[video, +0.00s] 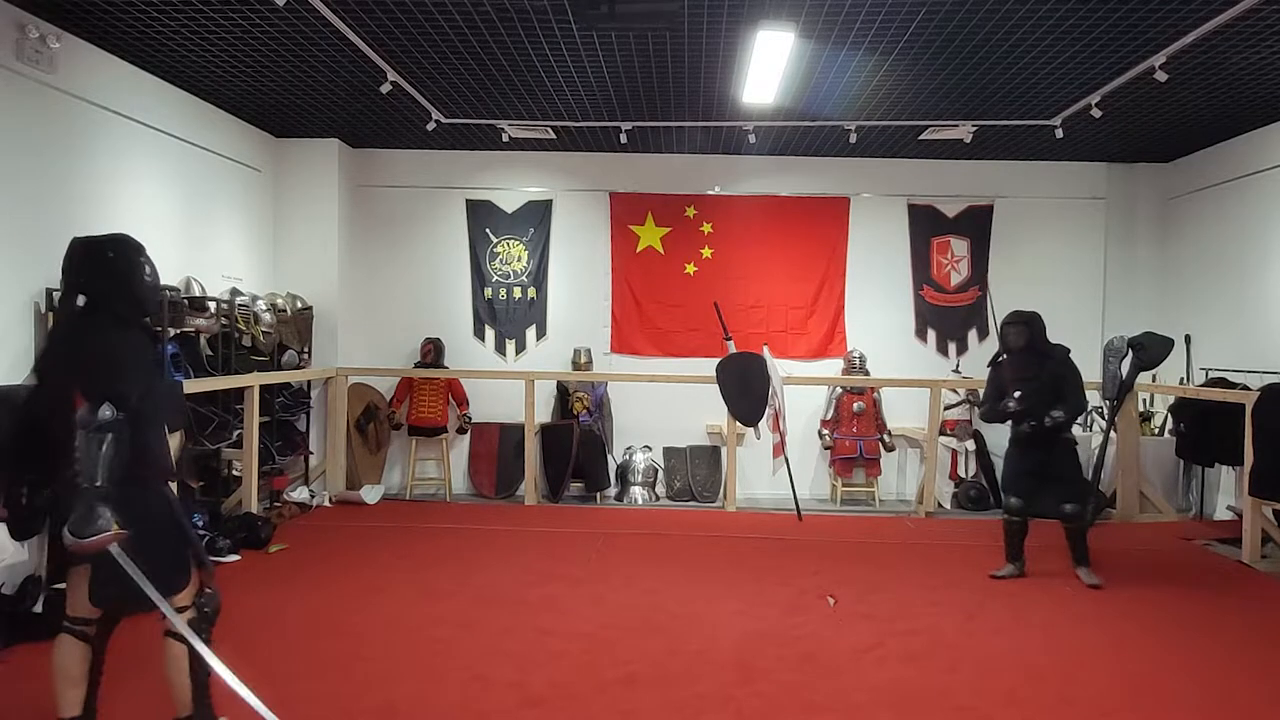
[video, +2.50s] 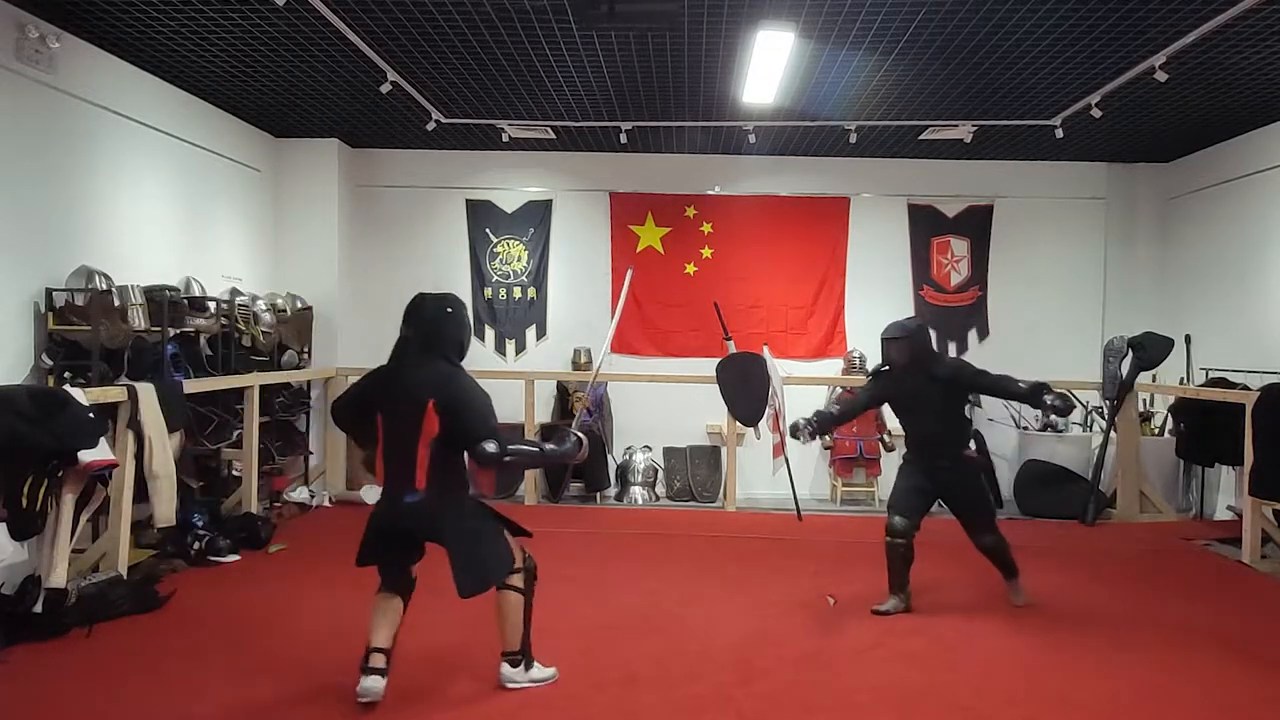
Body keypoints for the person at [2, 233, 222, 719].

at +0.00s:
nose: (151, 284)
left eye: (147, 273)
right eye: (143, 274)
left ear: (86, 282)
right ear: (128, 281)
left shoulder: (64, 338)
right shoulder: (134, 342)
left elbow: (42, 421)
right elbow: (152, 426)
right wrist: (166, 484)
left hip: (80, 492)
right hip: (135, 493)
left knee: (79, 618)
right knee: (183, 606)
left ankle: (72, 714)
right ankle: (194, 713)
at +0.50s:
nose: (198, 291)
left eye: (196, 280)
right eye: (191, 281)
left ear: (131, 287)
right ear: (166, 288)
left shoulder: (109, 339)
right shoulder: (167, 346)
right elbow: (210, 418)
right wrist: (255, 373)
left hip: (121, 497)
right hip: (174, 499)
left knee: (125, 610)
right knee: (222, 599)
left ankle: (84, 712)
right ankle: (223, 713)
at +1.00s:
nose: (209, 294)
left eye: (207, 283)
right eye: (202, 283)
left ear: (145, 287)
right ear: (178, 290)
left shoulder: (114, 338)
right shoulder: (173, 346)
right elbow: (205, 421)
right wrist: (271, 398)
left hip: (116, 497)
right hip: (170, 498)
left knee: (112, 614)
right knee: (217, 602)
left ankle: (79, 712)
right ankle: (222, 711)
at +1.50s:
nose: (240, 292)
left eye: (234, 282)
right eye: (233, 283)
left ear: (167, 295)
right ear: (220, 294)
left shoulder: (147, 350)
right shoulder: (224, 352)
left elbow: (144, 426)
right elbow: (223, 438)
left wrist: (183, 464)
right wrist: (236, 507)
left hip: (170, 495)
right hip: (222, 497)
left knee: (144, 606)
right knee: (263, 601)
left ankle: (86, 711)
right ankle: (224, 712)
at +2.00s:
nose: (361, 308)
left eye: (358, 298)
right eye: (356, 298)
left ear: (301, 301)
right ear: (340, 304)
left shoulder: (281, 346)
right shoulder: (335, 355)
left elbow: (240, 382)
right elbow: (362, 428)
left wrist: (273, 418)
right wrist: (444, 443)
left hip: (286, 487)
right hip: (319, 492)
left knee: (332, 591)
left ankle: (322, 689)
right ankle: (263, 688)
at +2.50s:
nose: (466, 339)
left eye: (465, 331)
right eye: (463, 331)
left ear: (410, 330)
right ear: (453, 334)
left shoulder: (385, 376)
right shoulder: (456, 384)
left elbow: (343, 410)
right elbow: (490, 450)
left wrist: (376, 450)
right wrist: (558, 452)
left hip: (393, 506)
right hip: (446, 507)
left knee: (394, 580)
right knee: (516, 564)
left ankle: (374, 671)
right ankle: (516, 662)